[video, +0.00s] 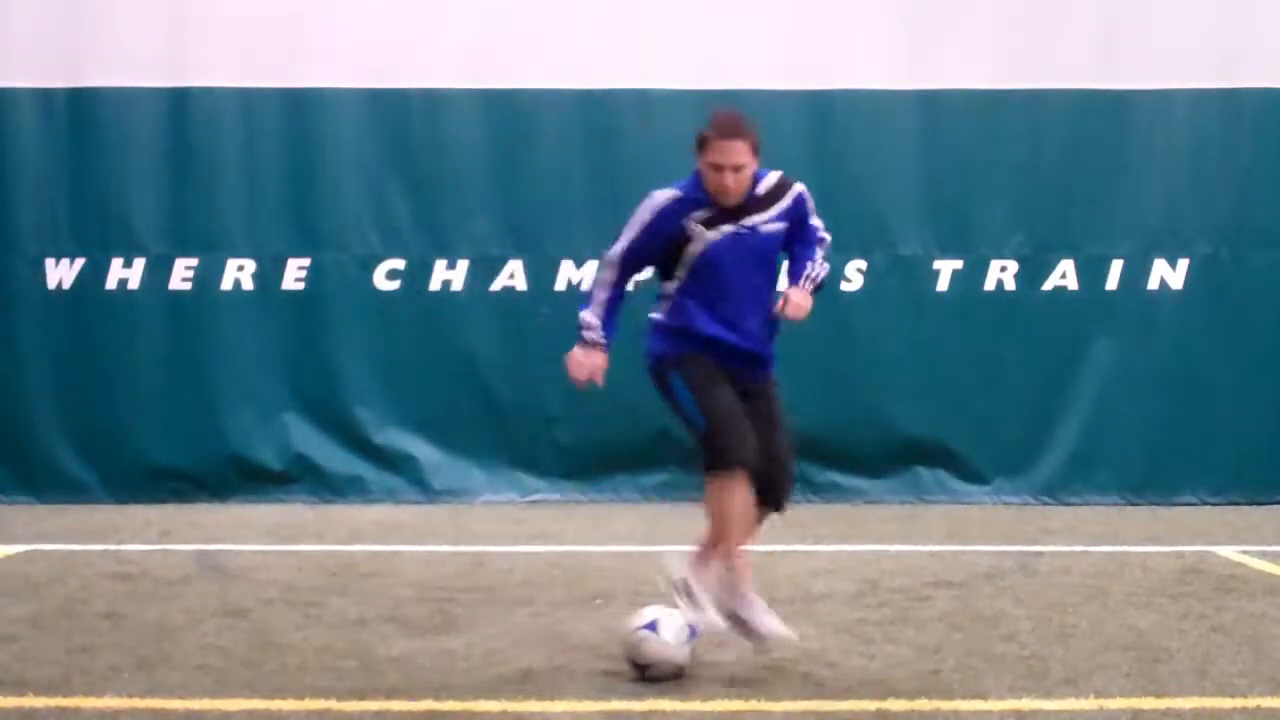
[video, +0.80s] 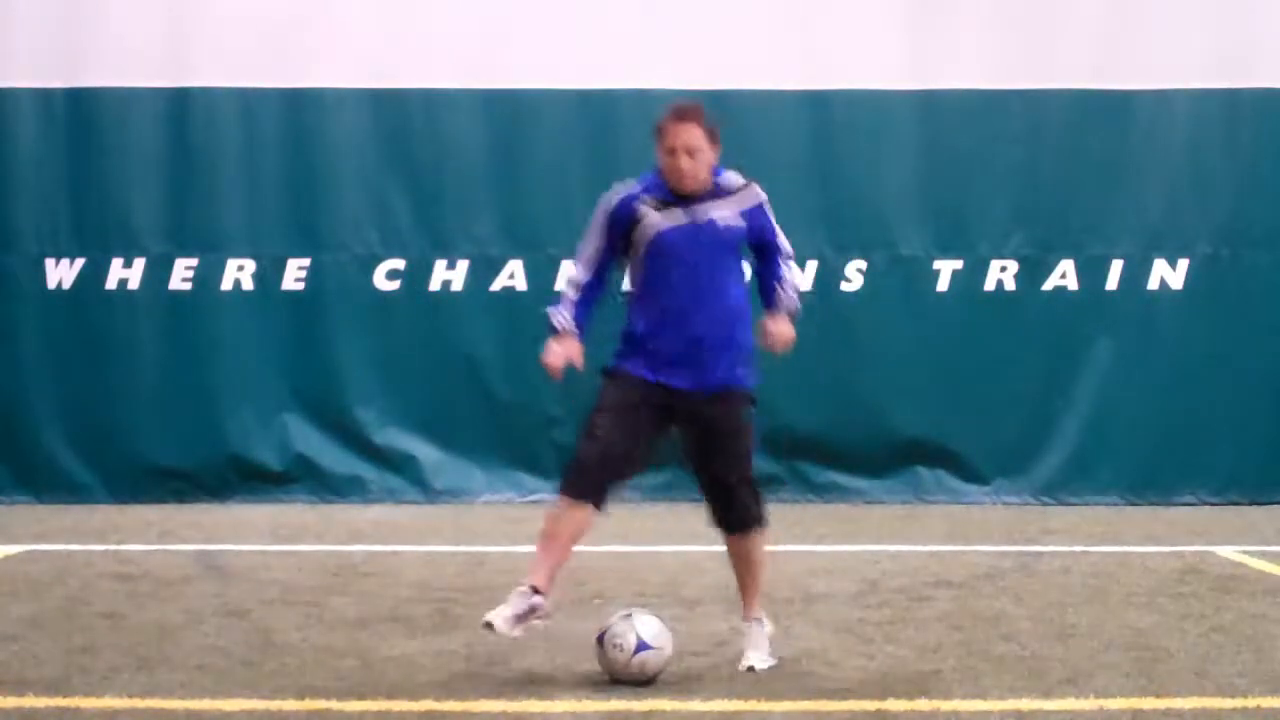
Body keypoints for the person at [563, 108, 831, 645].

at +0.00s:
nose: (729, 181)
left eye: (739, 169)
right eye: (717, 169)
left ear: (756, 163)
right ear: (699, 164)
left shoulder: (786, 197)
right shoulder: (673, 208)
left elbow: (814, 243)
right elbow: (616, 265)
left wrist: (803, 285)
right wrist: (593, 338)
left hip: (750, 357)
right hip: (685, 350)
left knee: (772, 479)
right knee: (732, 450)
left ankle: (697, 572)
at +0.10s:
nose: (755, 207)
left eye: (764, 194)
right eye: (743, 195)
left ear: (781, 184)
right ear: (724, 188)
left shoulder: (804, 215)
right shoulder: (699, 235)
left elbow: (827, 269)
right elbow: (644, 298)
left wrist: (814, 301)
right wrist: (619, 369)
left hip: (772, 385)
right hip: (712, 388)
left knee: (796, 504)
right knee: (770, 505)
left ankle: (669, 539)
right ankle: (798, 645)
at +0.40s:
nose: (776, 211)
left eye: (787, 198)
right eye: (764, 199)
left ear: (801, 192)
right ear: (744, 191)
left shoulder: (818, 228)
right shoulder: (712, 235)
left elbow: (846, 274)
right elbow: (653, 295)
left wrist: (861, 312)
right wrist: (625, 369)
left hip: (787, 399)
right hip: (724, 402)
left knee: (817, 507)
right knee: (780, 512)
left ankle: (702, 561)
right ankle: (798, 647)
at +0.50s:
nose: (763, 188)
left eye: (774, 176)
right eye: (752, 175)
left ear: (790, 171)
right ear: (734, 169)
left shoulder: (810, 212)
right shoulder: (701, 212)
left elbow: (837, 266)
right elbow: (638, 260)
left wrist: (846, 316)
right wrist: (616, 340)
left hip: (777, 377)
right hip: (709, 379)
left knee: (786, 494)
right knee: (743, 488)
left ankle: (752, 624)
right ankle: (770, 624)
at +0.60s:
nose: (746, 195)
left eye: (757, 183)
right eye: (735, 182)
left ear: (775, 179)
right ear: (718, 177)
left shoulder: (797, 229)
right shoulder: (685, 224)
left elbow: (820, 296)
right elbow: (631, 284)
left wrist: (824, 355)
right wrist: (614, 362)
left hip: (758, 394)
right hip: (685, 390)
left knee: (770, 519)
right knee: (691, 493)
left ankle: (765, 633)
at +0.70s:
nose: (717, 198)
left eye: (727, 186)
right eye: (707, 187)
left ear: (749, 185)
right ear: (693, 187)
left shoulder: (777, 237)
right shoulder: (661, 236)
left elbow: (799, 301)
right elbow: (623, 303)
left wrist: (812, 360)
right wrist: (600, 364)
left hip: (747, 407)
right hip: (668, 401)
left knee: (767, 525)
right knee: (628, 493)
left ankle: (765, 634)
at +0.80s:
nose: (684, 163)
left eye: (694, 152)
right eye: (674, 154)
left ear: (713, 151)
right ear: (659, 156)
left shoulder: (744, 198)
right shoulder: (628, 205)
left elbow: (777, 260)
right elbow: (583, 273)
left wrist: (781, 310)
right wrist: (565, 329)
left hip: (720, 379)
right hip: (643, 373)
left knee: (735, 498)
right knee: (587, 469)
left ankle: (755, 621)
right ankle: (535, 592)